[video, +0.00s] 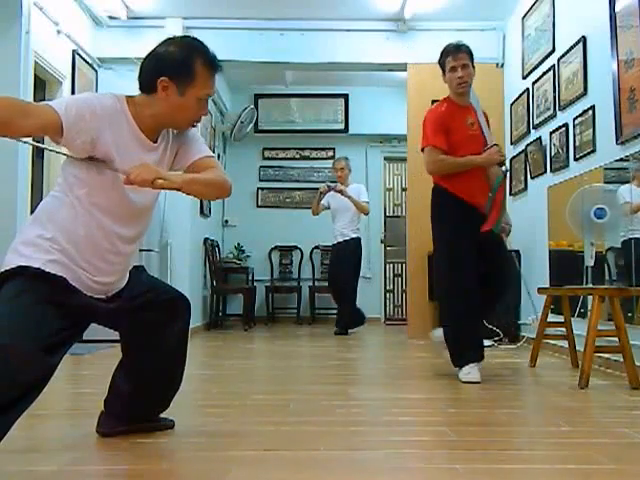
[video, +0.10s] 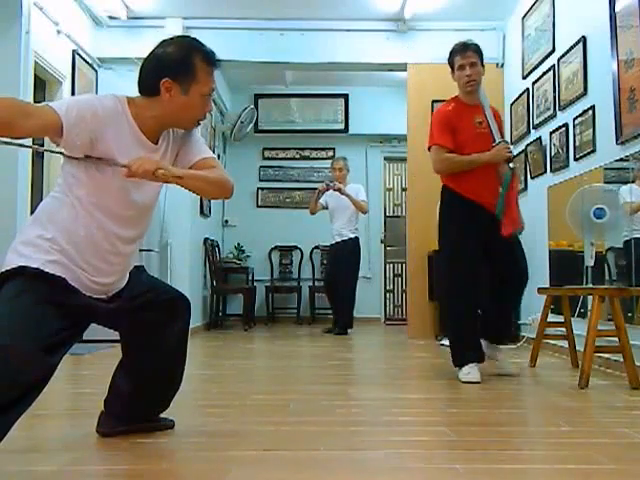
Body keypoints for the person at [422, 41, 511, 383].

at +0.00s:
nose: (460, 74)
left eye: (465, 67)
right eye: (453, 69)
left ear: (474, 72)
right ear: (444, 76)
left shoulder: (481, 115)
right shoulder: (437, 114)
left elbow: (488, 167)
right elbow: (432, 164)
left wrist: (499, 211)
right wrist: (482, 159)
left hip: (481, 206)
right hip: (452, 204)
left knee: (500, 275)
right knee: (460, 279)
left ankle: (452, 330)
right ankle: (467, 361)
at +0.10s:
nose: (468, 72)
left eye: (473, 65)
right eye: (461, 67)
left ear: (483, 70)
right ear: (453, 74)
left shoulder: (493, 114)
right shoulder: (445, 113)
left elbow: (499, 160)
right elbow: (439, 163)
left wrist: (512, 175)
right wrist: (488, 157)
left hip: (497, 207)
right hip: (462, 206)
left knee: (514, 273)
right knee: (462, 280)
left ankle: (490, 340)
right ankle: (466, 359)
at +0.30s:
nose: (485, 75)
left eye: (490, 67)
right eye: (479, 70)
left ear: (503, 70)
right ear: (472, 76)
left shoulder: (521, 113)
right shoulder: (464, 116)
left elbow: (534, 164)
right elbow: (453, 165)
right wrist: (500, 157)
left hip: (517, 209)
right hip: (477, 209)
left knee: (533, 284)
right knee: (468, 284)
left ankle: (552, 353)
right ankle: (468, 360)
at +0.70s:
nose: (516, 75)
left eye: (522, 68)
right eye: (511, 71)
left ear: (539, 70)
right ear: (506, 76)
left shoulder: (561, 111)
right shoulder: (500, 119)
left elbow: (578, 162)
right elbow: (487, 166)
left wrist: (579, 205)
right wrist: (519, 163)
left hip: (554, 211)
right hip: (510, 210)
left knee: (559, 285)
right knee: (498, 279)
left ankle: (556, 357)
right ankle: (499, 355)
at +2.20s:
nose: (512, 86)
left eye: (518, 80)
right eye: (508, 82)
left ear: (533, 83)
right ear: (504, 89)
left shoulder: (552, 118)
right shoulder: (504, 132)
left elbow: (562, 165)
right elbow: (491, 178)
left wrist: (553, 208)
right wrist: (506, 169)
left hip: (545, 215)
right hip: (514, 216)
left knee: (551, 285)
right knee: (519, 285)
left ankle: (565, 357)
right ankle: (529, 354)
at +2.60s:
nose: (513, 85)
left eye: (519, 79)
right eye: (508, 81)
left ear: (535, 82)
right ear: (506, 88)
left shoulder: (553, 118)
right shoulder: (504, 131)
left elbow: (565, 165)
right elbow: (493, 177)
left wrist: (557, 209)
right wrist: (508, 169)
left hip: (547, 215)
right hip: (515, 216)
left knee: (554, 285)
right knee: (520, 285)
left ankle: (565, 358)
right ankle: (529, 354)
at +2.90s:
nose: (512, 86)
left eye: (517, 79)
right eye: (508, 82)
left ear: (534, 82)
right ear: (505, 89)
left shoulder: (553, 117)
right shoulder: (505, 131)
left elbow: (565, 164)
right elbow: (493, 177)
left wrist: (558, 209)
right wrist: (508, 170)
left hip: (547, 214)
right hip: (516, 216)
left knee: (555, 285)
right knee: (520, 284)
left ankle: (565, 357)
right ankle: (528, 354)